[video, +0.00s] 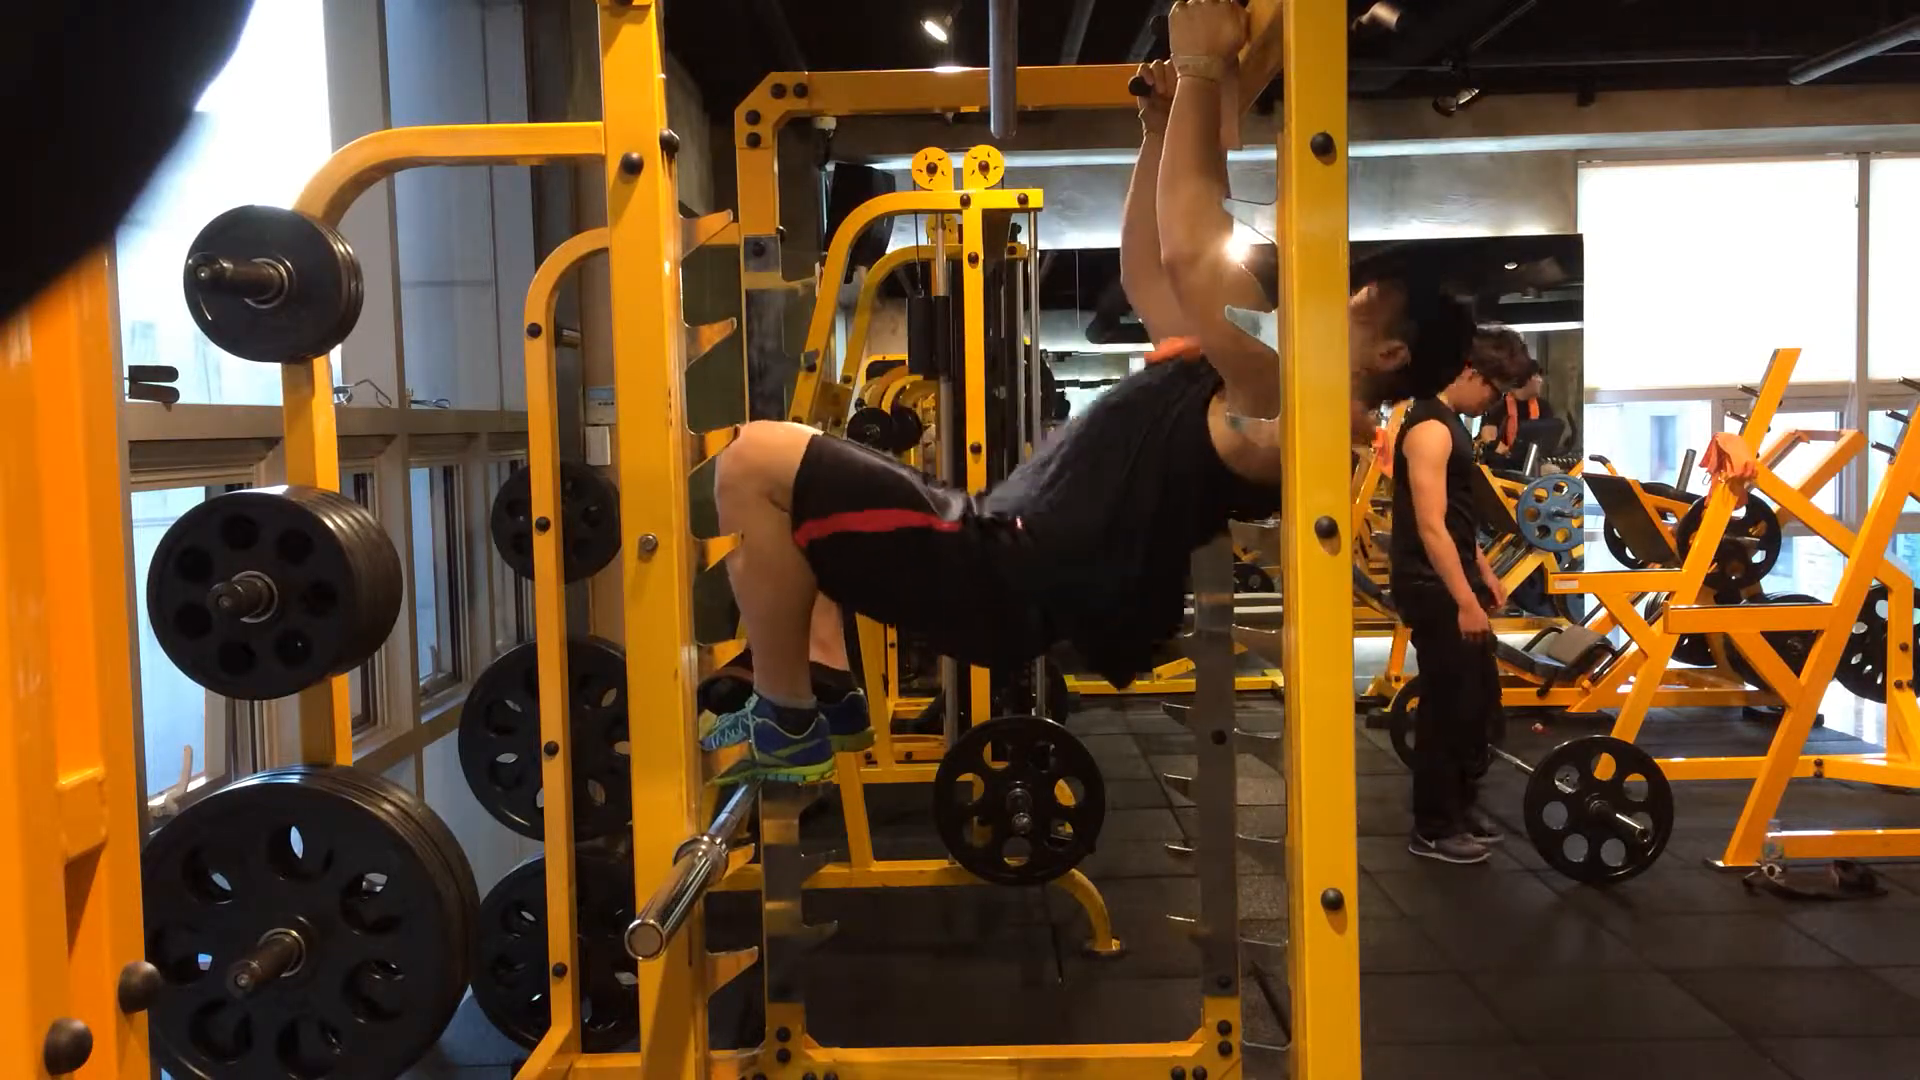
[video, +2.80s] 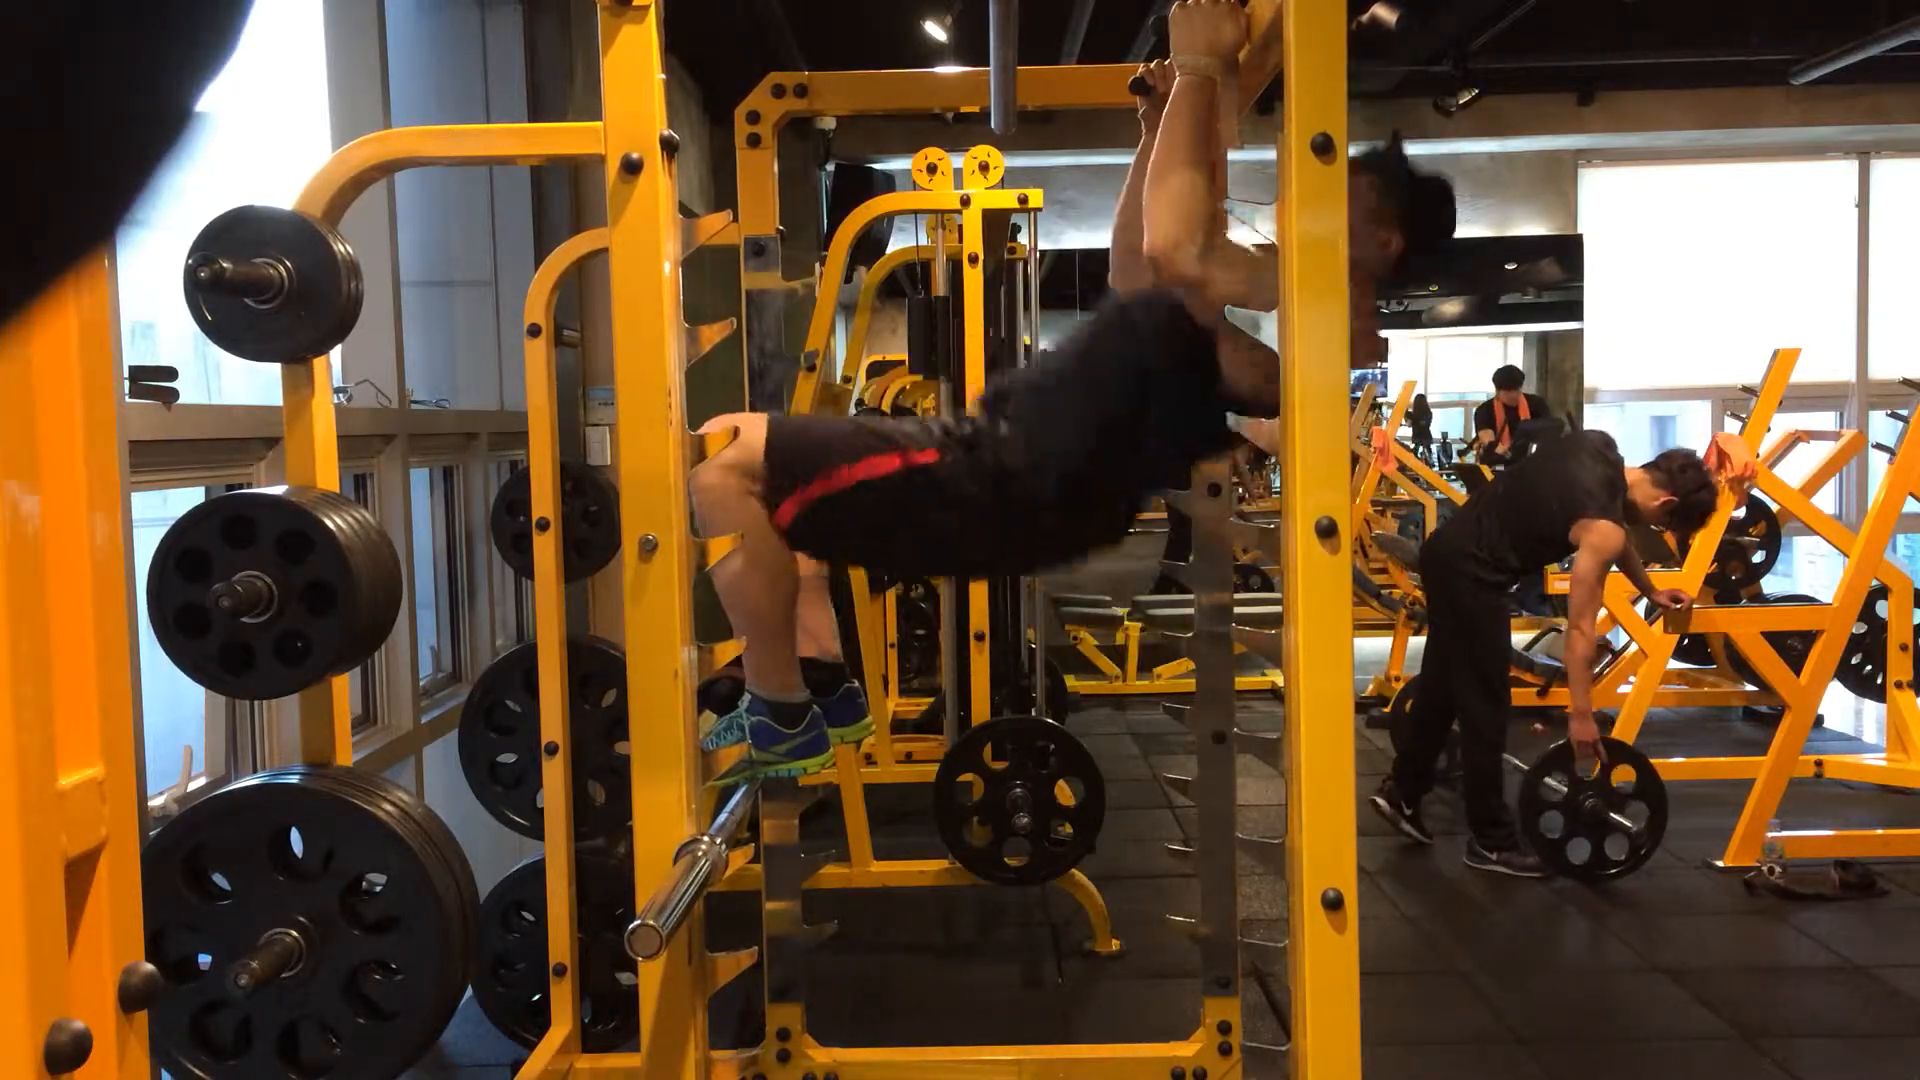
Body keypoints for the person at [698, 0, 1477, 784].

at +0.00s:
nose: (1335, 298)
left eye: (1359, 299)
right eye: (1354, 289)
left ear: (1383, 351)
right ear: (1365, 333)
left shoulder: (1301, 414)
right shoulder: (1259, 379)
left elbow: (1200, 266)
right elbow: (1149, 281)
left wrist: (1205, 75)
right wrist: (1161, 120)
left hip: (1008, 583)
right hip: (998, 537)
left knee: (752, 468)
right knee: (778, 448)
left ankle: (786, 715)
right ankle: (821, 670)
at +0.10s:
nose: (1343, 252)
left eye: (1368, 253)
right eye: (1361, 244)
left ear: (1389, 302)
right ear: (1371, 288)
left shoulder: (1307, 390)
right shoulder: (1268, 361)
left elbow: (1194, 263)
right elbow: (1140, 275)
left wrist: (1207, 70)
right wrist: (1154, 126)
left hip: (1003, 531)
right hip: (996, 493)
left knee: (739, 470)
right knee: (764, 438)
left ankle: (783, 713)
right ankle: (821, 666)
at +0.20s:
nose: (1356, 185)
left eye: (1382, 186)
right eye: (1371, 175)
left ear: (1410, 236)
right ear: (1385, 221)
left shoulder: (1343, 295)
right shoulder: (1327, 312)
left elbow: (1190, 252)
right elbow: (1137, 255)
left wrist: (1208, 68)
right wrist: (1170, 104)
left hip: (1025, 472)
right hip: (1023, 447)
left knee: (740, 471)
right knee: (752, 431)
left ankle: (782, 714)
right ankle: (821, 664)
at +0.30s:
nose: (1357, 119)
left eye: (1382, 120)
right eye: (1370, 105)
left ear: (1412, 172)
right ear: (1362, 125)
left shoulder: (1339, 250)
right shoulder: (1315, 210)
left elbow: (1185, 241)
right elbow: (1157, 216)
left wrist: (1203, 71)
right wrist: (1190, 90)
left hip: (1057, 423)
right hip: (1039, 387)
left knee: (745, 460)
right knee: (768, 431)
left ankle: (783, 714)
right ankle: (821, 670)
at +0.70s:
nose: (1345, 168)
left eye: (1374, 168)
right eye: (1361, 158)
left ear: (1407, 224)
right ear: (1366, 199)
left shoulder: (1346, 300)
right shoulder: (1314, 293)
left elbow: (1195, 248)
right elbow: (1139, 276)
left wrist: (1207, 72)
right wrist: (1157, 127)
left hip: (1055, 486)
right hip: (1035, 449)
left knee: (760, 458)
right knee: (798, 447)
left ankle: (785, 715)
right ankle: (824, 672)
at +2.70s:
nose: (1321, 146)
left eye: (1350, 141)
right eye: (1336, 129)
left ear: (1390, 187)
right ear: (1361, 167)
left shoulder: (1339, 264)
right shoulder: (1315, 248)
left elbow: (1176, 245)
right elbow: (1143, 240)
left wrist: (1197, 72)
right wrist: (1173, 106)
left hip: (1017, 442)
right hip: (1002, 408)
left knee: (725, 474)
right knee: (727, 431)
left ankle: (780, 714)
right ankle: (816, 667)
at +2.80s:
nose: (1318, 210)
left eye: (1346, 204)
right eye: (1331, 195)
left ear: (1385, 244)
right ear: (1368, 242)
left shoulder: (1342, 307)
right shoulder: (1311, 343)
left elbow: (1186, 263)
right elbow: (1135, 278)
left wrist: (1199, 74)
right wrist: (1158, 131)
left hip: (1011, 486)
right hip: (1010, 461)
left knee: (724, 472)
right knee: (746, 432)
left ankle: (777, 709)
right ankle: (818, 665)